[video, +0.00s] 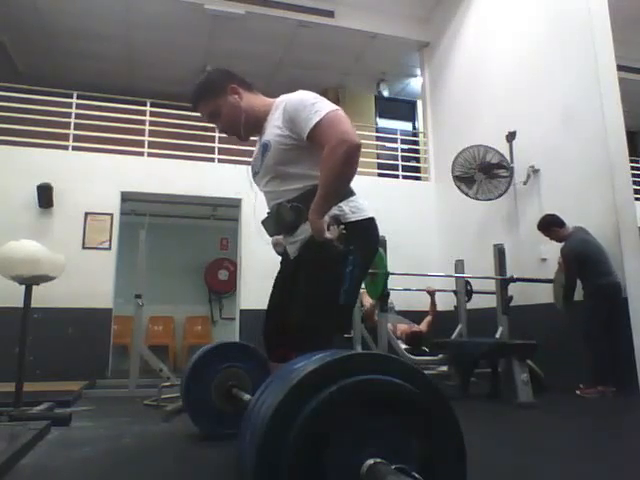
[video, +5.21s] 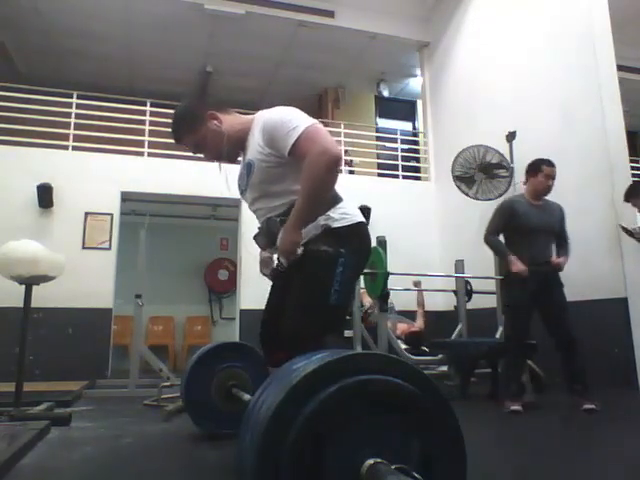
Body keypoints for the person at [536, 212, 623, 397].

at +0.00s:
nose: (551, 239)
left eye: (549, 236)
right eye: (548, 236)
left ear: (554, 230)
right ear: (561, 224)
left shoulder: (568, 249)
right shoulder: (580, 232)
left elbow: (570, 282)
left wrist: (566, 304)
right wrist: (566, 263)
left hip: (598, 294)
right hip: (613, 289)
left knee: (593, 337)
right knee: (608, 337)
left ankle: (597, 384)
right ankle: (610, 382)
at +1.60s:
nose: (545, 229)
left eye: (547, 223)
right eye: (543, 224)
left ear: (558, 222)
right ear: (559, 223)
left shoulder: (567, 243)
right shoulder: (571, 234)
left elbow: (565, 277)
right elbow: (551, 240)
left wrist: (545, 294)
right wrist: (531, 247)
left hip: (591, 293)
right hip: (598, 289)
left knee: (591, 337)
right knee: (596, 337)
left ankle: (595, 384)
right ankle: (603, 382)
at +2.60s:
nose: (567, 214)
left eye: (571, 210)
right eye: (565, 210)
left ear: (582, 212)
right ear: (563, 213)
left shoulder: (589, 234)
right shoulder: (565, 237)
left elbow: (597, 263)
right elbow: (556, 263)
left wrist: (579, 285)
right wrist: (537, 260)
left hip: (599, 289)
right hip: (582, 290)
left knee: (598, 334)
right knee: (589, 334)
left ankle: (603, 383)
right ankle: (599, 381)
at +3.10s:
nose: (573, 209)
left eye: (576, 205)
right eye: (569, 206)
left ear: (585, 206)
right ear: (566, 211)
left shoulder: (602, 229)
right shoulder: (562, 237)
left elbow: (625, 252)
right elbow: (557, 262)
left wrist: (611, 273)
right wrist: (557, 280)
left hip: (599, 290)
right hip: (575, 292)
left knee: (595, 335)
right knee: (573, 334)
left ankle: (603, 385)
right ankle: (590, 380)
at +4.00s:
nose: (544, 202)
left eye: (547, 197)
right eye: (539, 199)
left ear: (556, 197)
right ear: (536, 203)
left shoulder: (575, 219)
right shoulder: (531, 229)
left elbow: (599, 243)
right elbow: (523, 256)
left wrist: (583, 263)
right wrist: (527, 271)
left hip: (576, 288)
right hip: (548, 292)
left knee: (585, 335)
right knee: (554, 340)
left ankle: (597, 384)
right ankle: (561, 387)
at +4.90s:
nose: (564, 185)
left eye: (568, 181)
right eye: (559, 180)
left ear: (572, 183)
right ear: (547, 180)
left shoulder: (580, 212)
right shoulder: (527, 209)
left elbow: (599, 243)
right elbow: (503, 234)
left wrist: (579, 258)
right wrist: (521, 252)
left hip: (569, 281)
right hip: (537, 281)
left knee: (578, 335)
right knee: (534, 334)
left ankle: (583, 396)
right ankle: (531, 395)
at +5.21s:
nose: (551, 183)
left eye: (553, 179)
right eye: (547, 178)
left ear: (551, 181)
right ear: (530, 177)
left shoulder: (555, 210)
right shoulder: (510, 207)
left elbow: (562, 240)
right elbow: (490, 236)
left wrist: (563, 257)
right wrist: (510, 259)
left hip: (548, 280)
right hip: (518, 282)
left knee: (565, 335)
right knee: (516, 339)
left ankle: (580, 394)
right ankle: (512, 396)